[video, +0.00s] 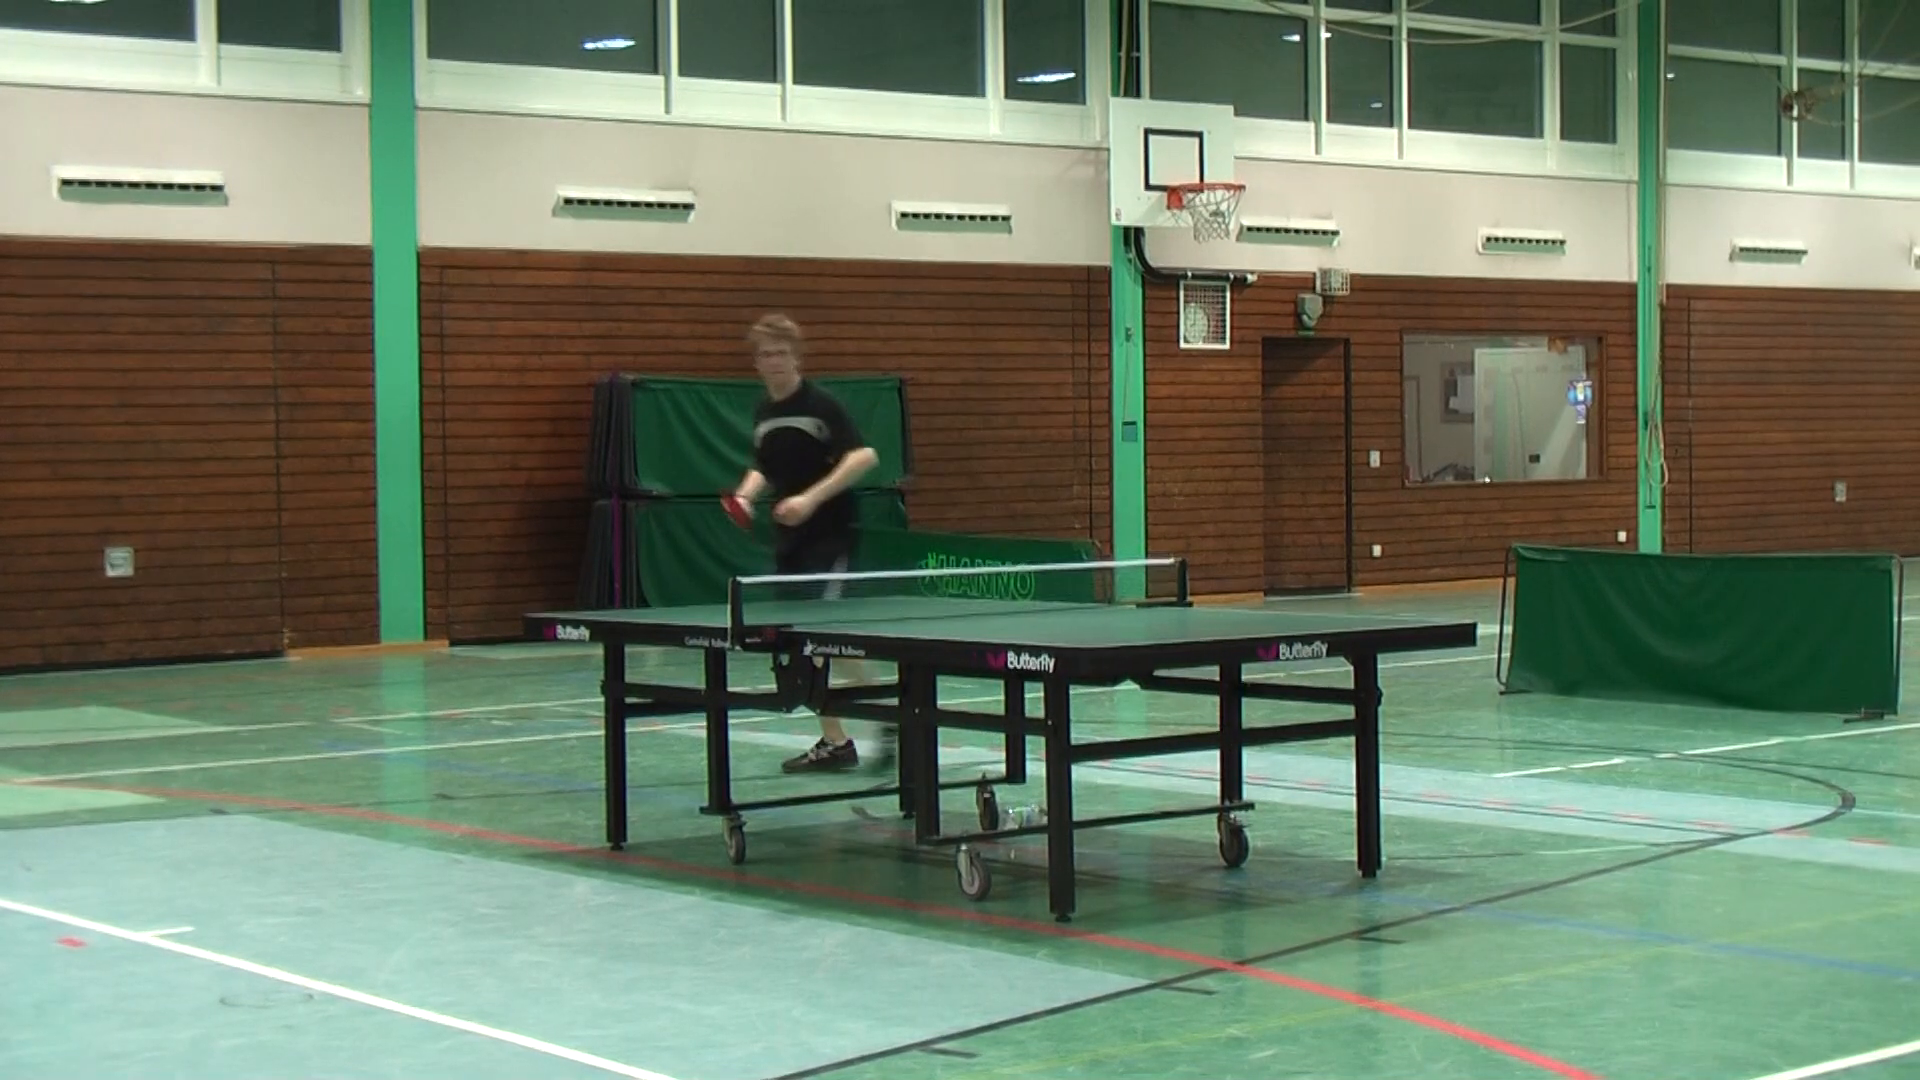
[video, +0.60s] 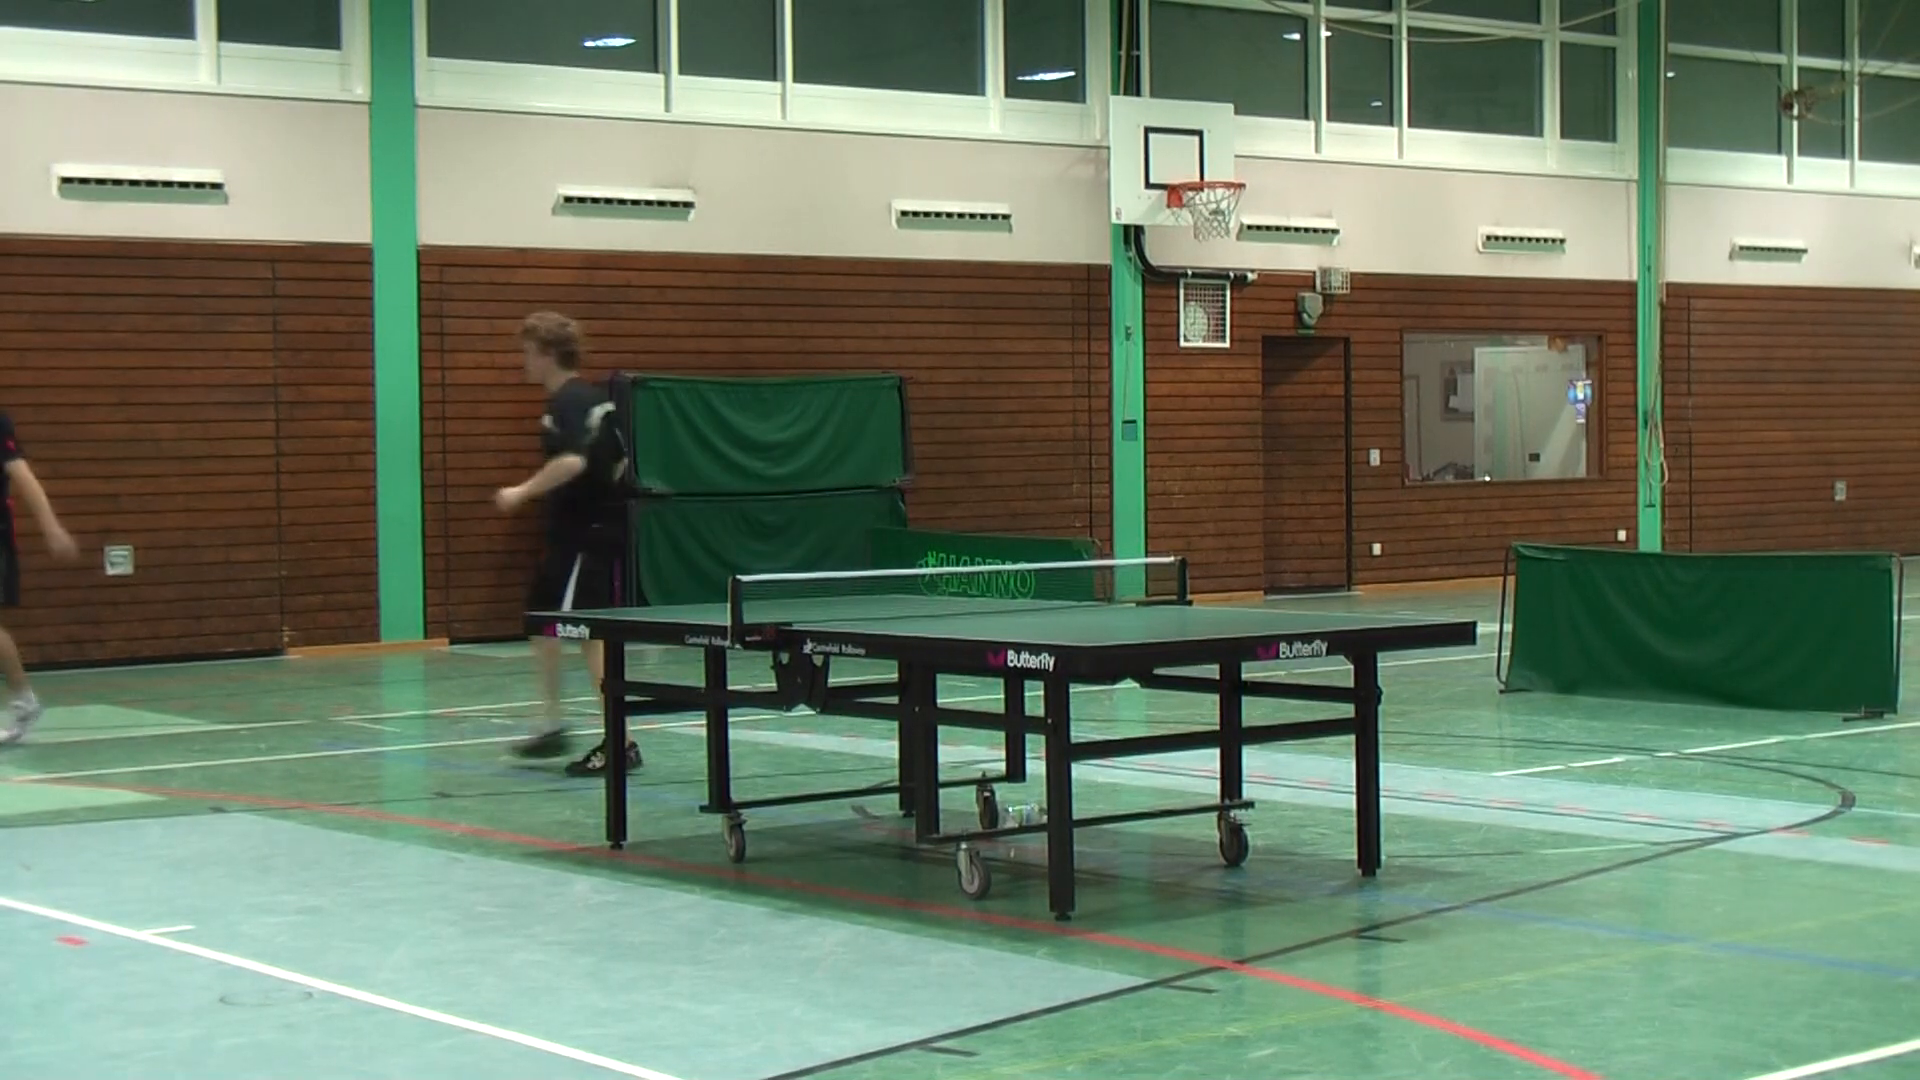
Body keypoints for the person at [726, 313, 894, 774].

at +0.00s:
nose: (774, 363)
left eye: (782, 354)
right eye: (766, 356)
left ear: (798, 356)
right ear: (756, 363)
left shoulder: (821, 404)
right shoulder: (764, 412)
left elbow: (863, 456)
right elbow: (765, 465)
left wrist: (809, 498)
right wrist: (745, 494)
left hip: (831, 539)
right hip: (791, 540)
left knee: (826, 633)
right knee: (799, 641)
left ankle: (888, 714)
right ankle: (835, 739)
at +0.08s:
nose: (744, 361)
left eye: (751, 352)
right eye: (735, 354)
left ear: (768, 353)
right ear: (725, 359)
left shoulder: (790, 400)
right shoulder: (736, 406)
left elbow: (833, 448)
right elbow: (738, 458)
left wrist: (776, 490)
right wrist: (715, 482)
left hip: (803, 535)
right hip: (768, 536)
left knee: (778, 624)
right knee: (797, 631)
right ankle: (831, 731)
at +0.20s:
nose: (681, 373)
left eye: (689, 364)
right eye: (677, 365)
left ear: (714, 364)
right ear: (677, 369)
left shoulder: (739, 409)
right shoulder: (693, 414)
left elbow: (784, 458)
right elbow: (690, 464)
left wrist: (729, 499)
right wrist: (662, 490)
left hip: (751, 545)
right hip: (723, 544)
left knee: (692, 630)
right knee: (782, 635)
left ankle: (667, 738)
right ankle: (831, 730)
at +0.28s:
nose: (641, 383)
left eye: (647, 374)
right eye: (639, 375)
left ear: (676, 374)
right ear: (654, 377)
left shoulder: (707, 420)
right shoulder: (666, 419)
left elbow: (750, 474)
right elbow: (661, 471)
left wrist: (693, 514)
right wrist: (633, 503)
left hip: (711, 554)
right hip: (688, 551)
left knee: (652, 637)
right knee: (746, 643)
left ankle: (631, 743)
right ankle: (818, 722)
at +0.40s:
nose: (591, 381)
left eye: (596, 373)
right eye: (591, 373)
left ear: (620, 374)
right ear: (612, 375)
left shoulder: (653, 422)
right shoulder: (623, 419)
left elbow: (683, 487)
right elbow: (625, 484)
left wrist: (625, 529)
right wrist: (597, 521)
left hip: (660, 553)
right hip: (639, 549)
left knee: (604, 638)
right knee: (658, 645)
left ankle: (621, 746)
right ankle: (745, 699)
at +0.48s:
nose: (563, 373)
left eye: (568, 364)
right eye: (563, 364)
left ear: (590, 365)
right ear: (593, 366)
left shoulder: (620, 410)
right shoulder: (605, 409)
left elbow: (639, 476)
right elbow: (615, 478)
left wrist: (581, 514)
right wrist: (586, 523)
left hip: (634, 535)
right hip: (619, 533)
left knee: (592, 630)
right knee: (607, 627)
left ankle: (620, 745)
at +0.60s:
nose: (524, 361)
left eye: (528, 353)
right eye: (524, 353)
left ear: (550, 355)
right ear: (556, 355)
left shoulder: (569, 401)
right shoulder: (590, 397)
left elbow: (572, 460)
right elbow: (617, 461)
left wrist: (521, 491)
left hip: (586, 535)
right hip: (583, 532)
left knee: (595, 634)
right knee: (543, 623)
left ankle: (618, 739)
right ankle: (552, 726)